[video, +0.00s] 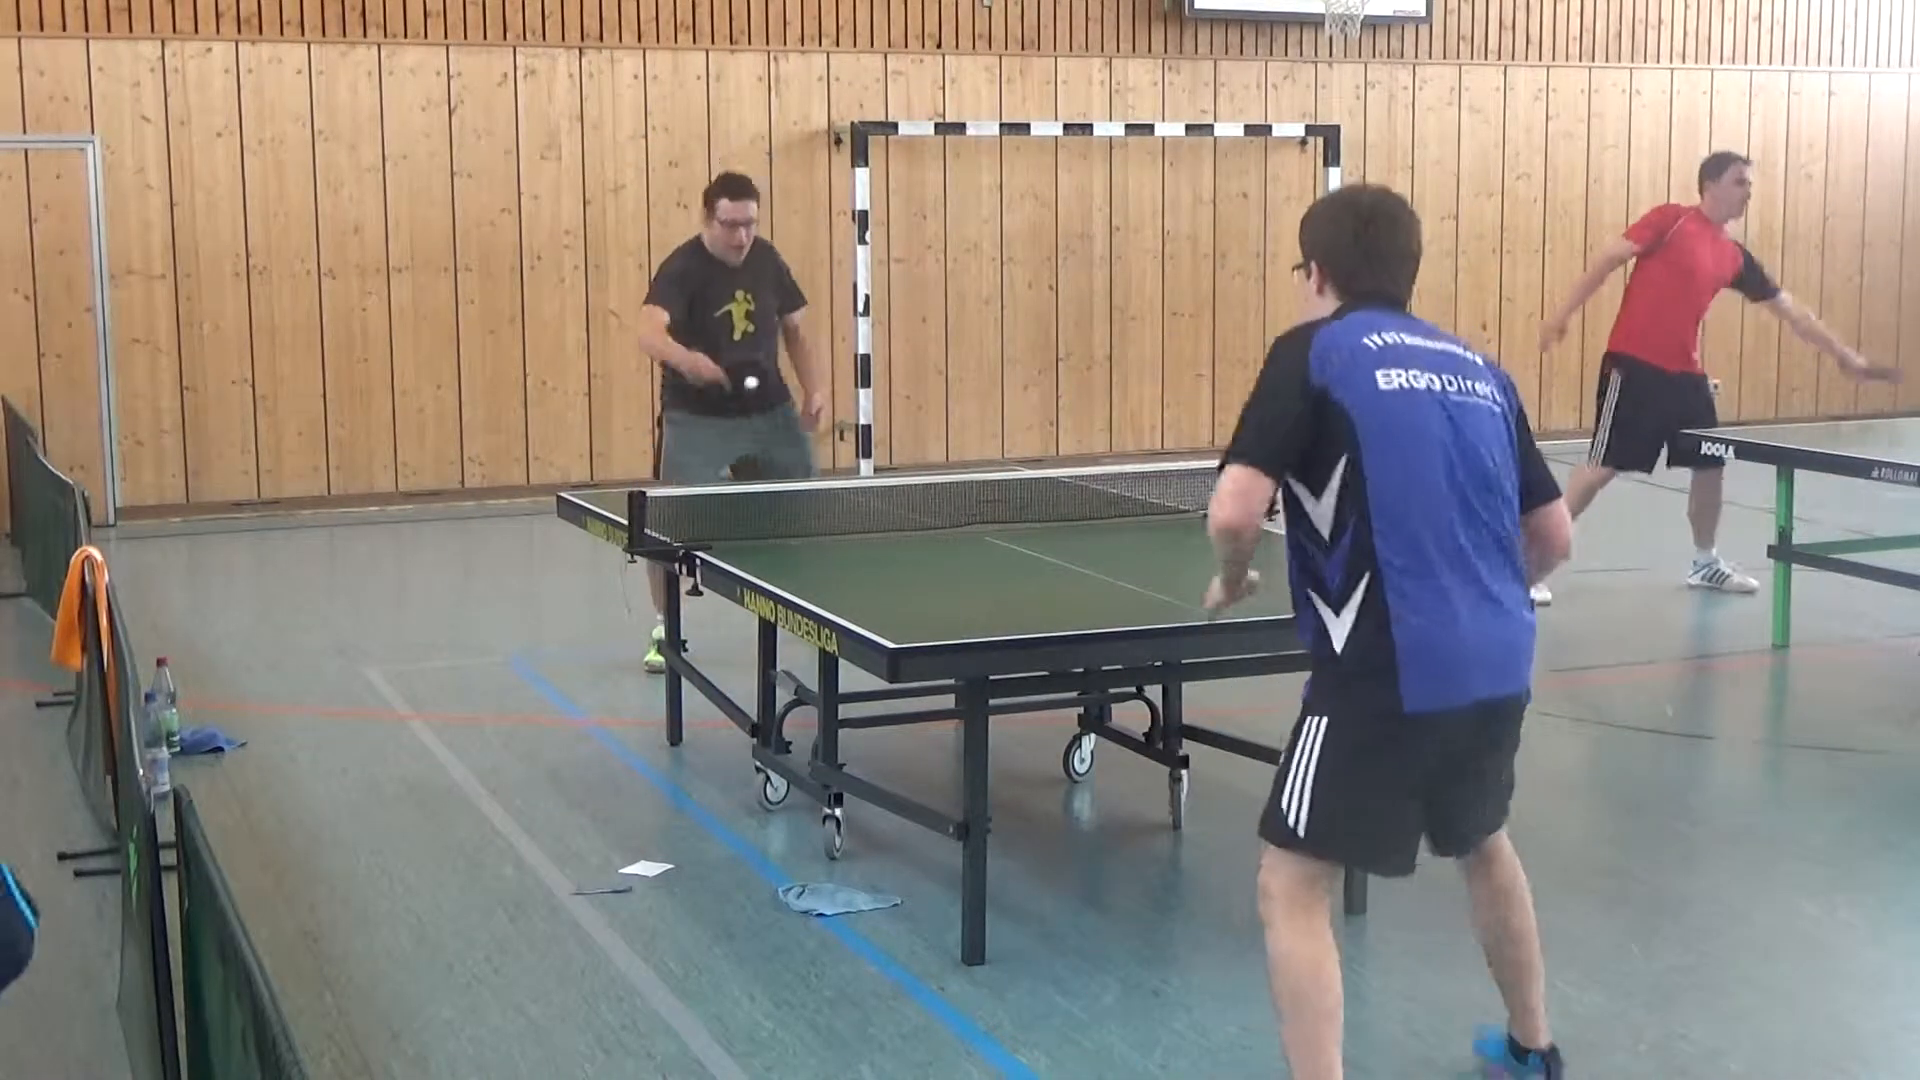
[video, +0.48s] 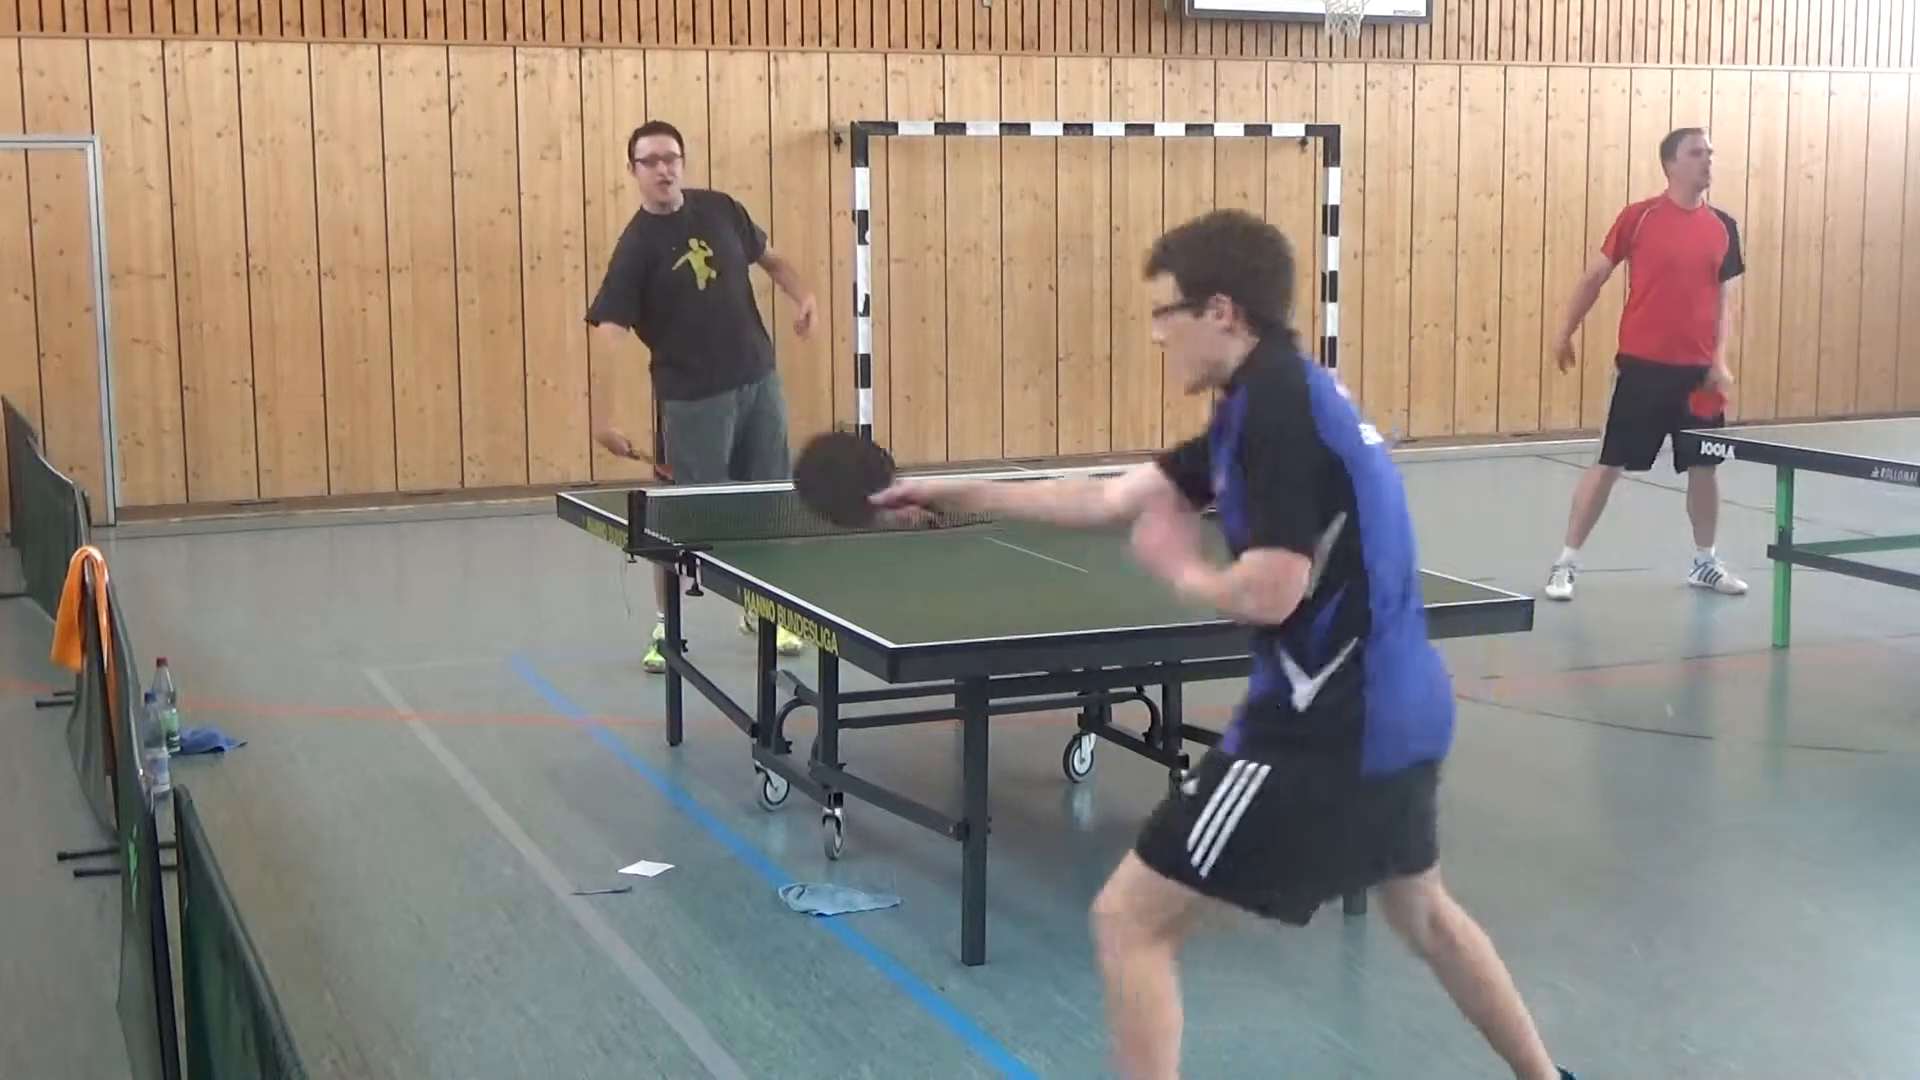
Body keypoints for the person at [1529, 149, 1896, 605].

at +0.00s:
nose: (1748, 193)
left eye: (1749, 186)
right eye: (1741, 184)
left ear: (1735, 192)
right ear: (1711, 185)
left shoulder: (1735, 255)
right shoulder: (1672, 218)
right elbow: (1608, 259)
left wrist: (1845, 353)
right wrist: (1562, 315)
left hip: (1686, 374)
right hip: (1634, 365)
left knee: (1709, 463)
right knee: (1602, 465)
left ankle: (1704, 563)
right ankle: (1528, 562)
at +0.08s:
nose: (1749, 184)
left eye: (1750, 177)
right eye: (1740, 175)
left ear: (1743, 187)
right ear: (1710, 180)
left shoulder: (1744, 250)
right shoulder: (1667, 217)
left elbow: (1796, 303)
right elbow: (1600, 256)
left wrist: (1844, 354)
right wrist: (1556, 301)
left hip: (1685, 368)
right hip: (1633, 359)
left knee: (1707, 464)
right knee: (1603, 459)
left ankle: (1705, 564)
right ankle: (1531, 551)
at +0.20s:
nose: (1737, 172)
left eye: (1739, 165)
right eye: (1727, 165)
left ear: (1737, 175)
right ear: (1699, 173)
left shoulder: (1743, 243)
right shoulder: (1658, 214)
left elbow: (1785, 309)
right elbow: (1596, 254)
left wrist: (1818, 362)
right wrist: (1551, 301)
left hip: (1692, 372)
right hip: (1637, 364)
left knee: (1704, 468)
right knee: (1605, 460)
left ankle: (1704, 563)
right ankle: (1551, 556)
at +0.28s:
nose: (1729, 167)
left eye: (1730, 160)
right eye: (1718, 160)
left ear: (1729, 169)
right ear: (1691, 169)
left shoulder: (1733, 236)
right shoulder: (1652, 214)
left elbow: (1758, 304)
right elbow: (1595, 262)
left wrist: (1787, 366)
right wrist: (1553, 314)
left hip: (1695, 371)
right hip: (1640, 365)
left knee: (1704, 467)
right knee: (1613, 462)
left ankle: (1704, 563)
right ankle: (1565, 563)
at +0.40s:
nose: (1714, 162)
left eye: (1716, 155)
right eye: (1703, 156)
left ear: (1716, 164)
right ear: (1677, 165)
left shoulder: (1728, 230)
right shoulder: (1642, 216)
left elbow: (1733, 307)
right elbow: (1595, 273)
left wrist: (1737, 367)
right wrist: (1559, 327)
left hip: (1699, 372)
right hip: (1643, 368)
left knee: (1704, 466)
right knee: (1609, 463)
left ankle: (1704, 562)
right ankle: (1565, 562)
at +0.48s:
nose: (1708, 160)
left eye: (1709, 152)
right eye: (1698, 153)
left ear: (1709, 162)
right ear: (1671, 164)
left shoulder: (1722, 227)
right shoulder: (1638, 217)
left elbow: (1726, 300)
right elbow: (1595, 277)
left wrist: (1720, 358)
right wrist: (1564, 332)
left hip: (1699, 370)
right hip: (1643, 367)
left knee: (1703, 465)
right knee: (1609, 463)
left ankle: (1704, 562)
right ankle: (1566, 562)